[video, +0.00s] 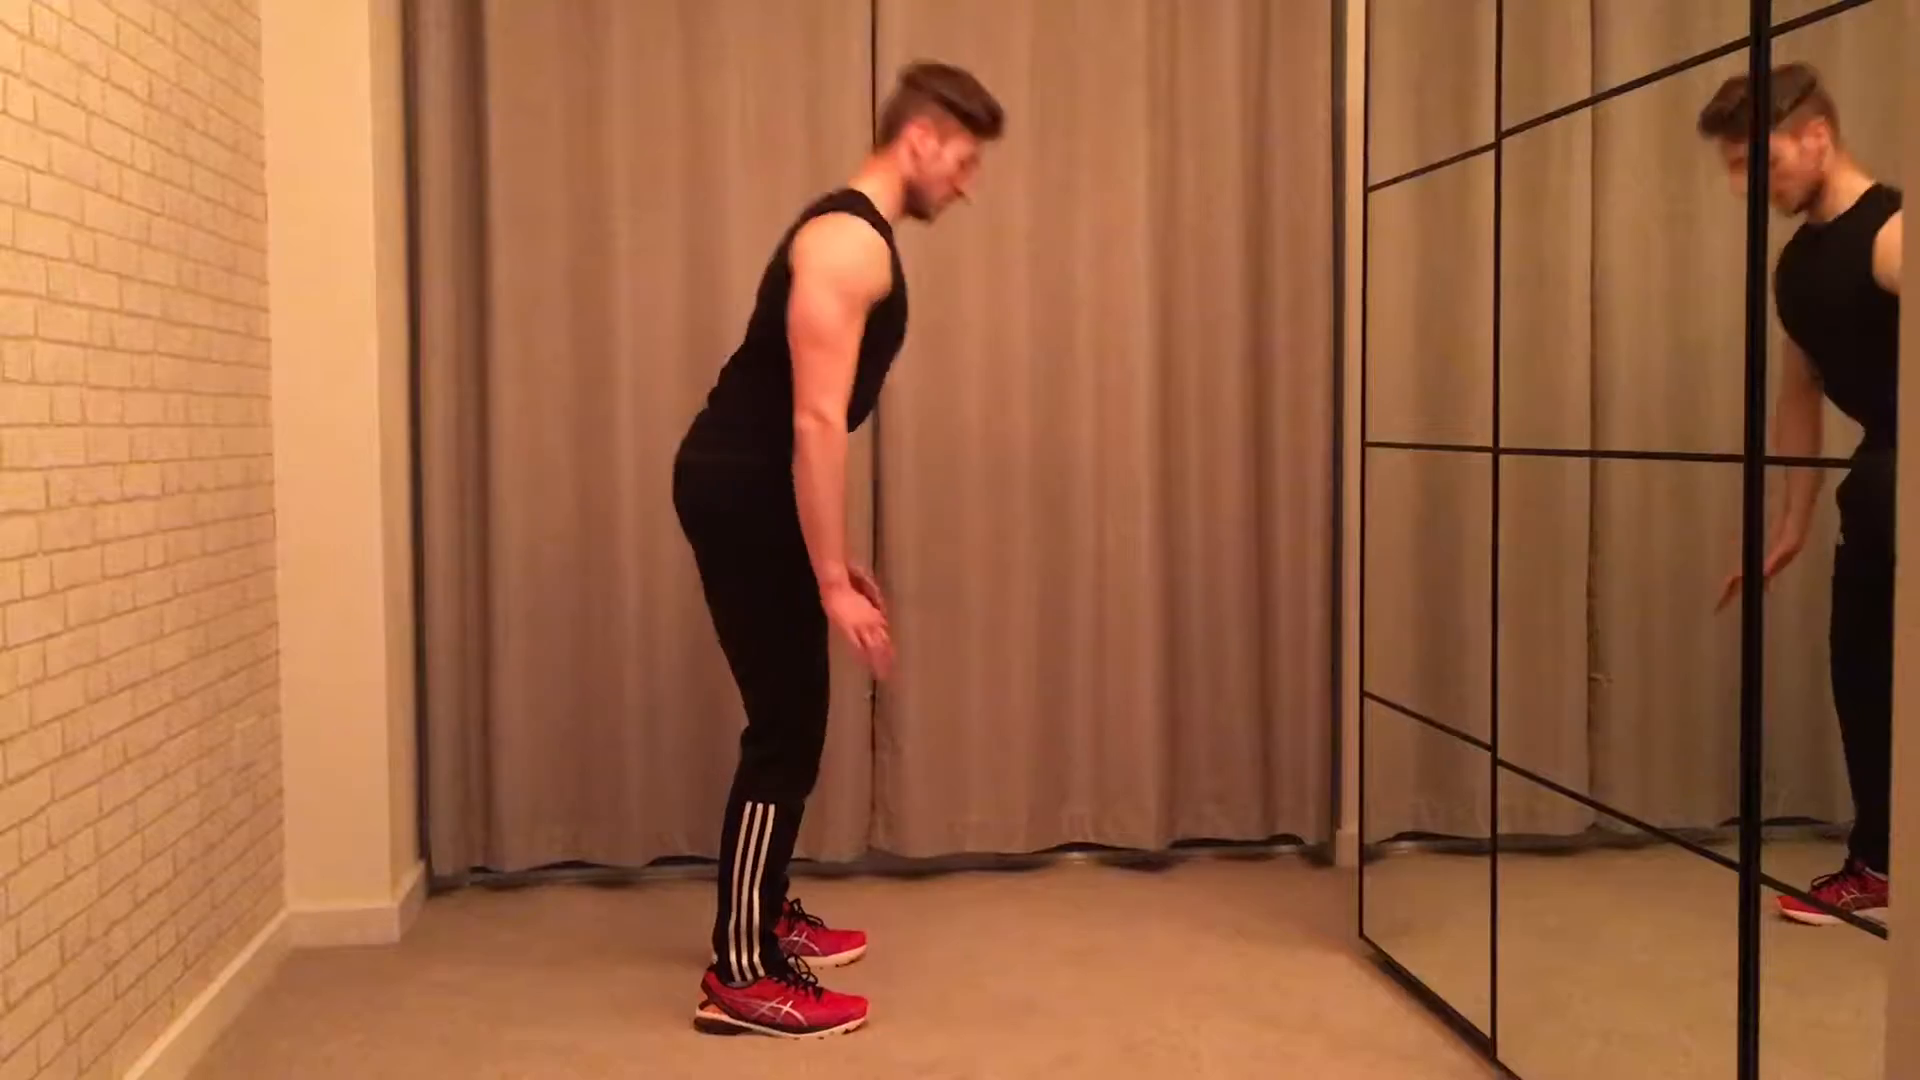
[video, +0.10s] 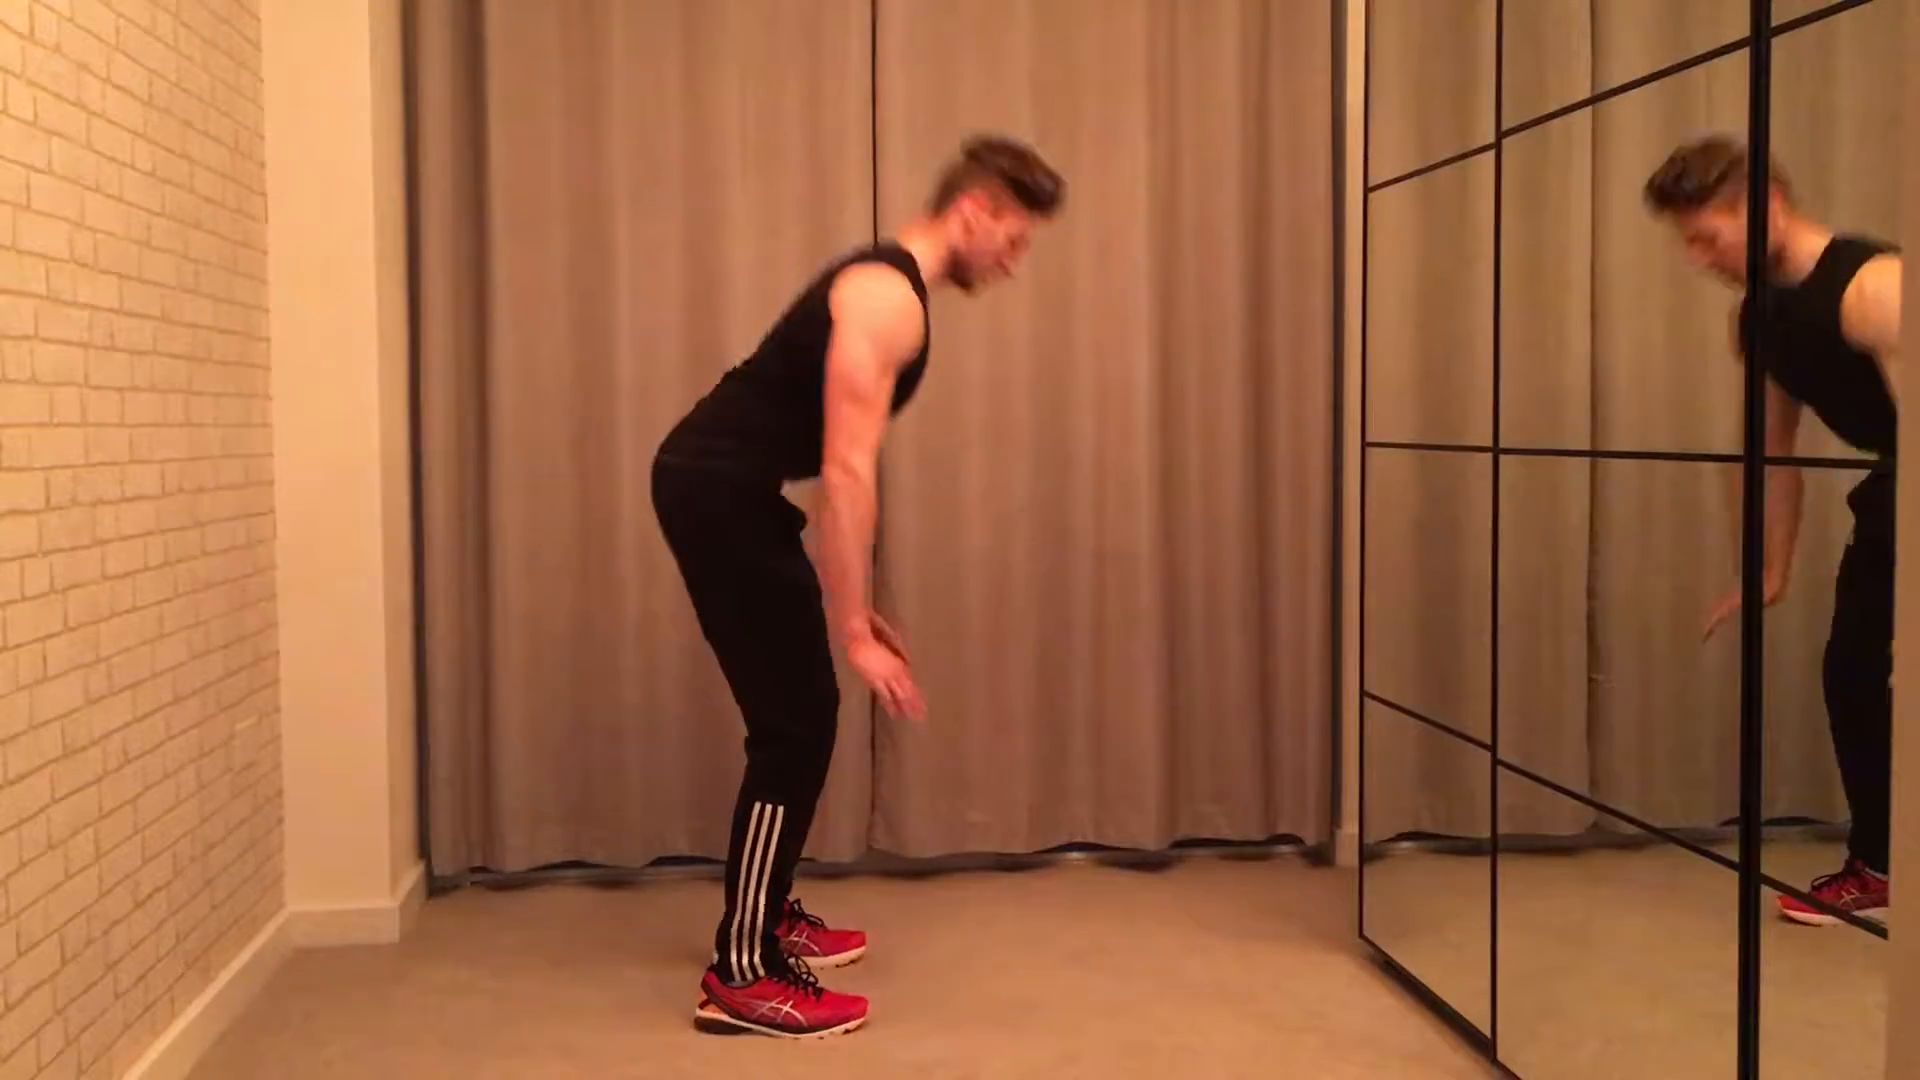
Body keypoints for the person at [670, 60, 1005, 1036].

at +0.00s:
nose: (970, 181)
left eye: (977, 164)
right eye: (967, 159)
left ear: (920, 141)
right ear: (920, 136)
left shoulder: (864, 236)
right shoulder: (846, 242)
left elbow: (821, 423)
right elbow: (815, 422)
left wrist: (838, 560)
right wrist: (832, 579)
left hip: (760, 479)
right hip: (741, 487)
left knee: (794, 714)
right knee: (787, 719)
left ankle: (766, 919)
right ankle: (739, 974)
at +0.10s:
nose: (1016, 259)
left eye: (1025, 241)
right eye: (1015, 236)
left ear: (971, 214)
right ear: (972, 210)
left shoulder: (897, 289)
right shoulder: (884, 297)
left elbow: (845, 469)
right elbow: (847, 470)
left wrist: (855, 604)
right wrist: (852, 631)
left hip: (738, 491)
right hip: (714, 493)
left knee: (805, 710)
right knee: (796, 718)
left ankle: (763, 915)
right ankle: (740, 972)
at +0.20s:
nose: (1052, 368)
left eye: (1061, 353)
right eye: (1053, 346)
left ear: (1014, 319)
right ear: (1011, 312)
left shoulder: (919, 374)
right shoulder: (911, 384)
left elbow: (879, 564)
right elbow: (881, 563)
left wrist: (896, 702)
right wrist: (894, 720)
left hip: (731, 517)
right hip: (704, 516)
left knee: (821, 717)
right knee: (814, 724)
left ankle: (770, 916)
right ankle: (743, 967)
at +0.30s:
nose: (1067, 482)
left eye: (1078, 467)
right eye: (1068, 460)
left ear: (1030, 425)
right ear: (1031, 426)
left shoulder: (941, 465)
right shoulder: (935, 487)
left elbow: (921, 664)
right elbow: (925, 679)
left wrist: (946, 784)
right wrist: (951, 842)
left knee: (845, 727)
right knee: (838, 739)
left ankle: (772, 920)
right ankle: (745, 969)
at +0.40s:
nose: (1075, 578)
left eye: (1086, 566)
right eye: (1081, 558)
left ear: (1043, 519)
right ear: (1048, 522)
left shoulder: (954, 546)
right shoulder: (950, 576)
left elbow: (972, 743)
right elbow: (976, 773)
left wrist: (1001, 860)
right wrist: (1022, 932)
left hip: (713, 569)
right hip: (696, 581)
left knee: (869, 732)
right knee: (871, 746)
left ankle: (766, 919)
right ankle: (752, 966)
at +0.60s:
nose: (1074, 715)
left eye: (1085, 704)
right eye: (1081, 698)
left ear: (1049, 657)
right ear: (1053, 663)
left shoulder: (991, 644)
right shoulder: (975, 663)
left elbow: (1006, 800)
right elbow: (1000, 852)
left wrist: (1029, 927)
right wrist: (1041, 1007)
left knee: (824, 726)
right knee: (822, 733)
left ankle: (770, 916)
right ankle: (743, 972)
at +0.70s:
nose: (1067, 739)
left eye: (1082, 734)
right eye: (1086, 727)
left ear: (1076, 675)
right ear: (1076, 685)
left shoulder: (1012, 647)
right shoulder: (1005, 663)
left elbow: (1009, 816)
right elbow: (1014, 848)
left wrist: (1028, 920)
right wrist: (1042, 1008)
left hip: (807, 467)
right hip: (807, 478)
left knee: (780, 701)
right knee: (812, 726)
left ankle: (625, 852)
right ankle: (630, 902)